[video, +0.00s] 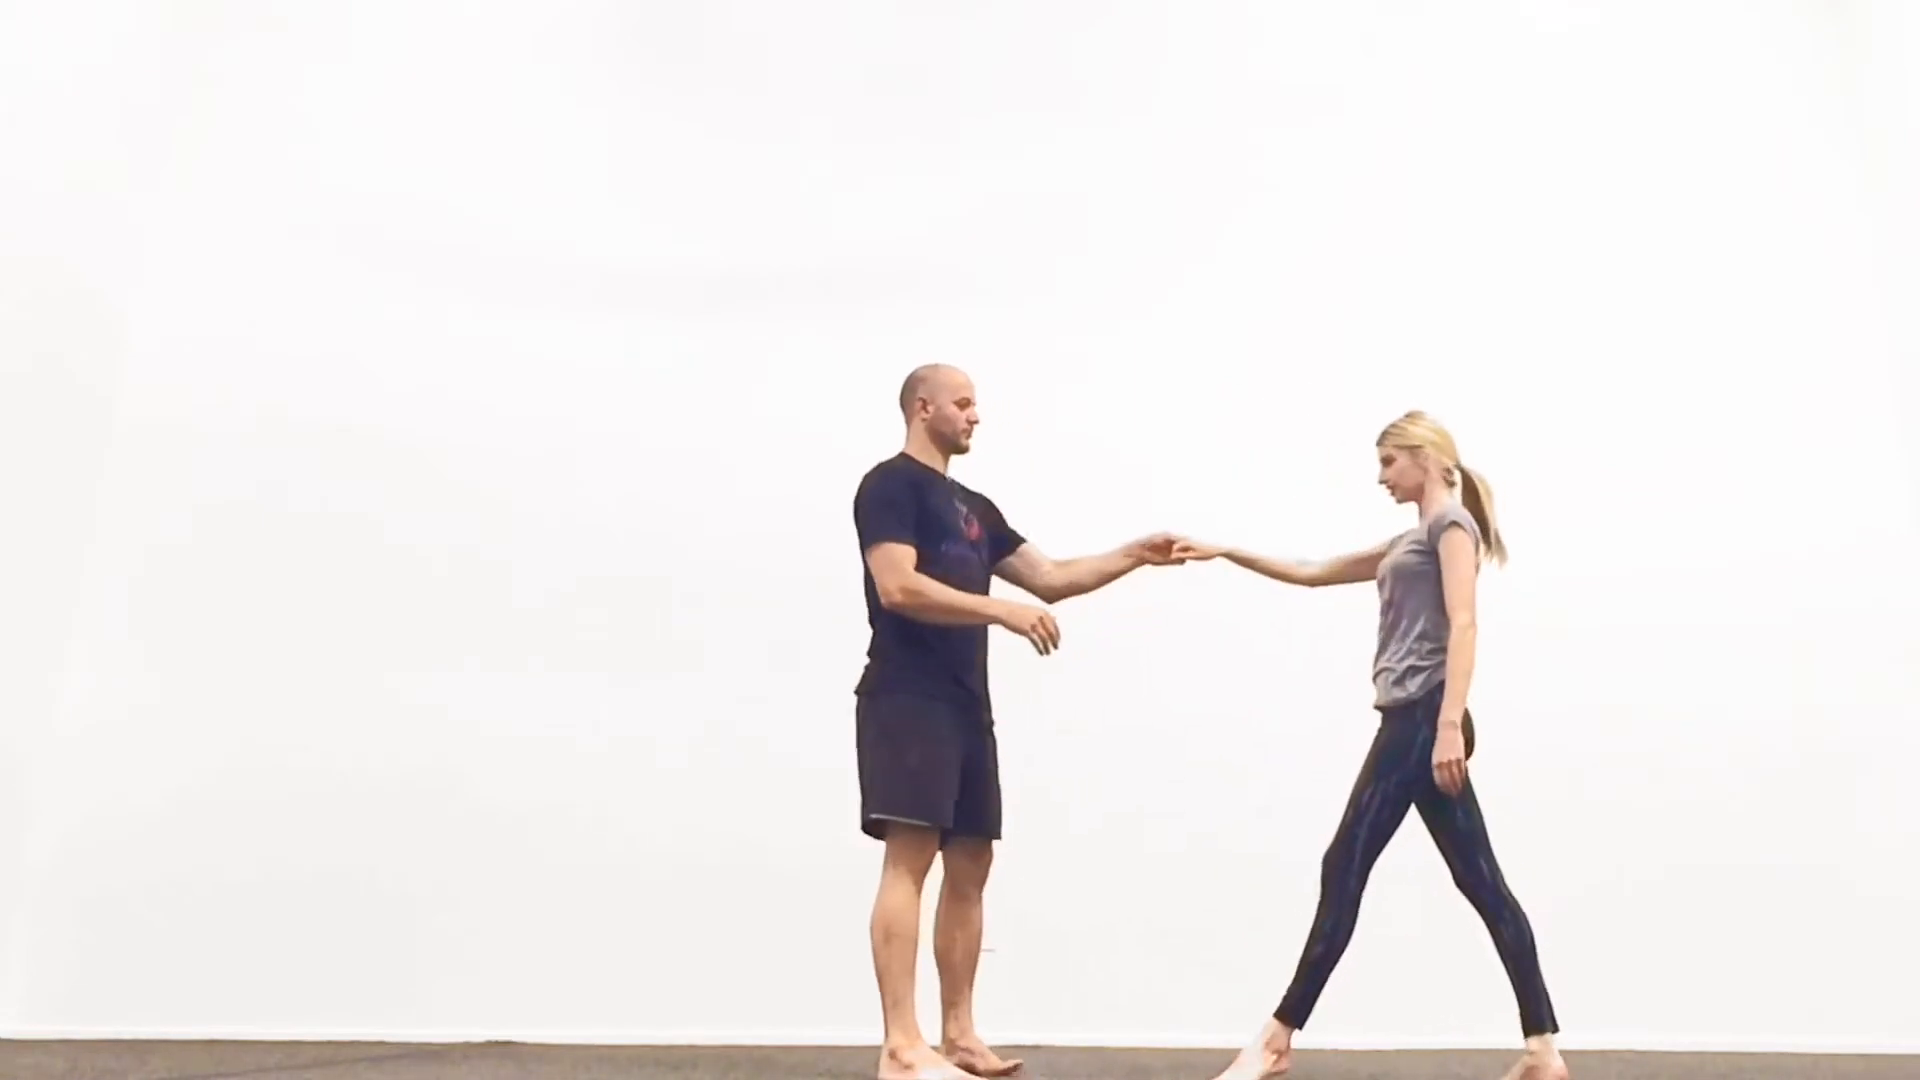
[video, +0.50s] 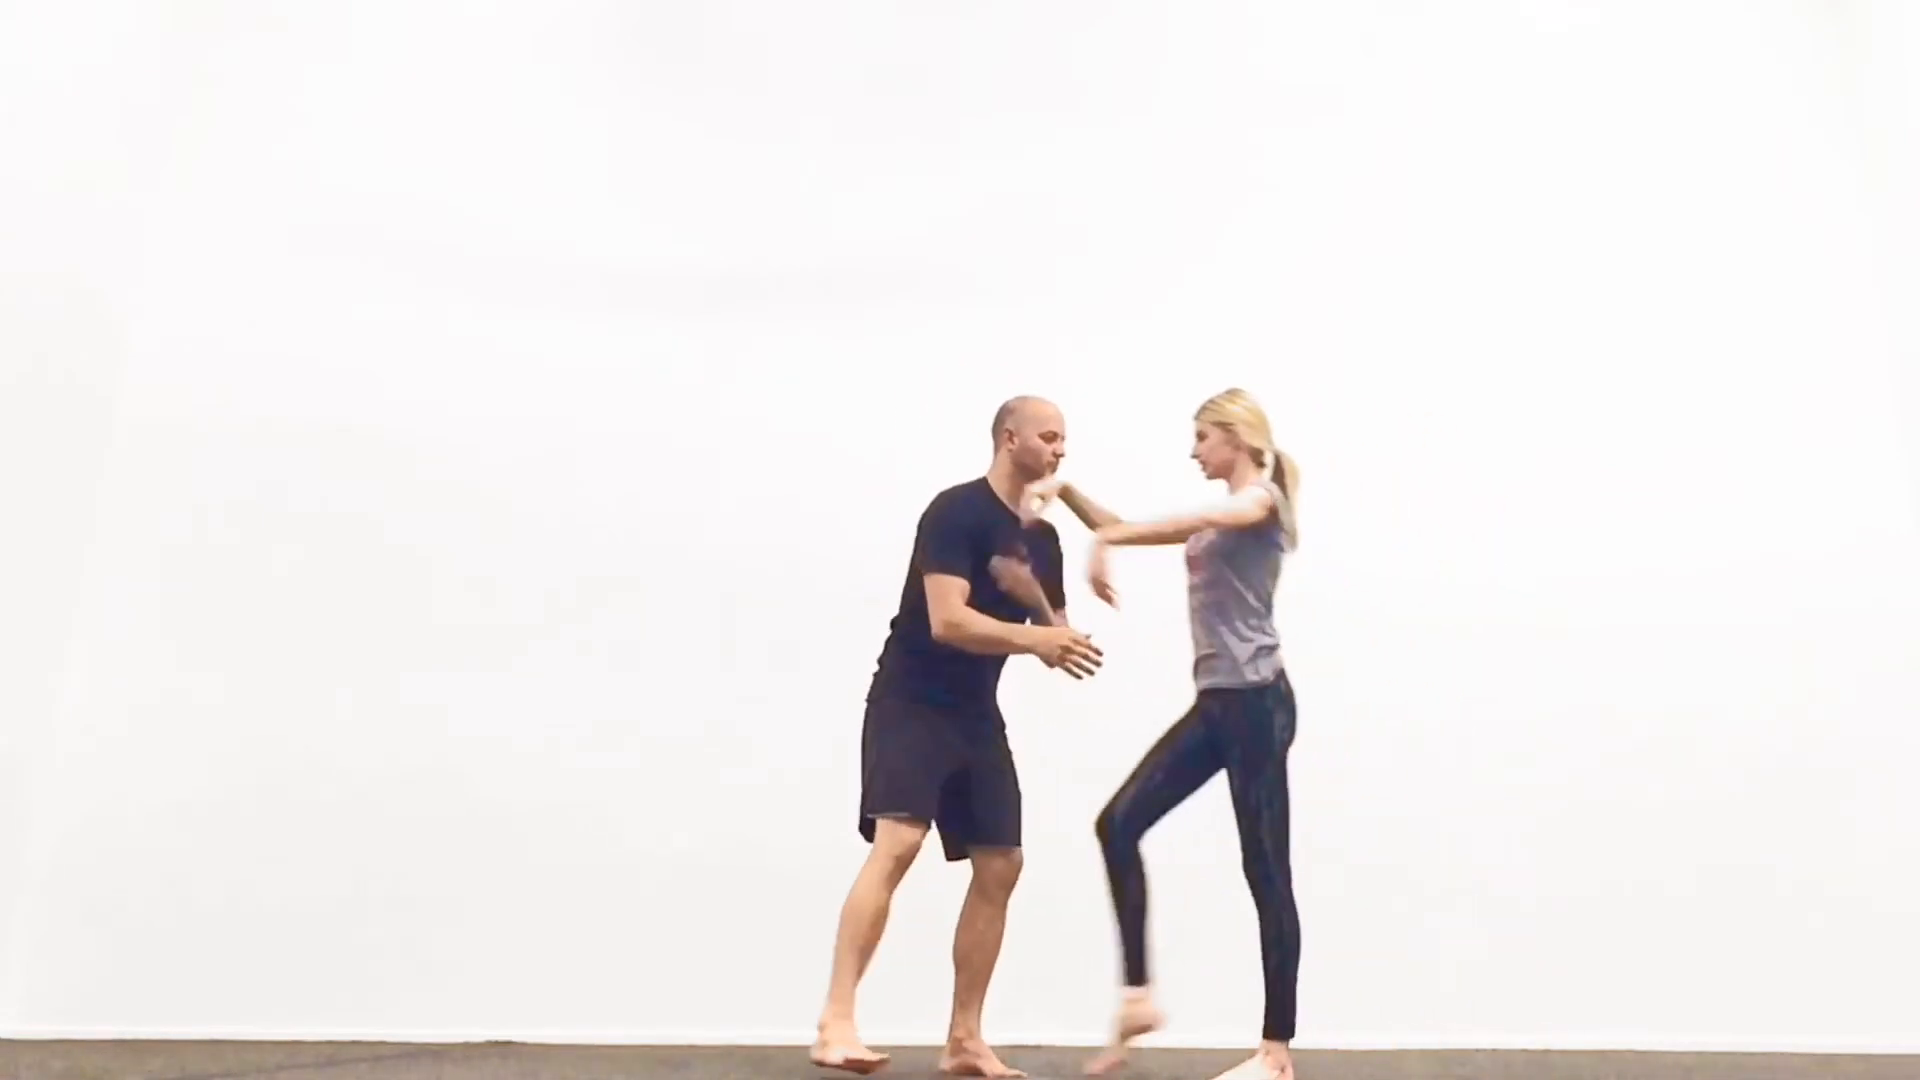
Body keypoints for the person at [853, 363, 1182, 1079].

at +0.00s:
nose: (975, 415)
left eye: (975, 404)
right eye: (963, 403)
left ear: (946, 412)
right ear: (919, 408)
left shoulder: (972, 505)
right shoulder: (889, 484)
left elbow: (1049, 578)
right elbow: (897, 588)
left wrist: (1134, 554)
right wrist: (1002, 611)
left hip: (967, 703)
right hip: (908, 698)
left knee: (971, 863)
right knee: (909, 859)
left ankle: (959, 1035)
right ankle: (900, 1046)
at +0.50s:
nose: (1060, 451)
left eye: (1063, 440)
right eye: (1049, 438)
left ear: (1053, 447)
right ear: (1008, 439)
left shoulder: (1044, 537)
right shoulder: (955, 510)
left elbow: (1052, 644)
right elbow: (947, 621)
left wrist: (1035, 604)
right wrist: (1041, 638)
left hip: (976, 708)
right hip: (911, 699)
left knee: (999, 866)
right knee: (898, 843)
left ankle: (965, 1039)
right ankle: (836, 1022)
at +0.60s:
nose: (1068, 469)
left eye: (1072, 460)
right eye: (1056, 457)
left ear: (1064, 469)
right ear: (1016, 459)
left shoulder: (1051, 559)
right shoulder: (962, 527)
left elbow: (1042, 675)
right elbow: (960, 635)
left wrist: (1016, 640)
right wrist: (1052, 636)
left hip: (970, 717)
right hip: (903, 705)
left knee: (1011, 868)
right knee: (880, 838)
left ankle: (965, 1041)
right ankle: (787, 1009)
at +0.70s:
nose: (1074, 492)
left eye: (1079, 481)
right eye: (1061, 478)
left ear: (1075, 492)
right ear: (1019, 480)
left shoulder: (1055, 583)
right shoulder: (967, 543)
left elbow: (1041, 677)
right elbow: (962, 648)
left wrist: (1044, 725)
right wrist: (1048, 640)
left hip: (963, 732)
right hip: (897, 714)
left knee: (1017, 873)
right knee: (851, 844)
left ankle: (968, 1039)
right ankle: (740, 998)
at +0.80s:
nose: (1043, 510)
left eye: (1055, 503)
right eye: (1033, 495)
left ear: (1073, 519)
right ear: (1018, 500)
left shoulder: (1052, 596)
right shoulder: (966, 561)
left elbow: (1040, 711)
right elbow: (950, 665)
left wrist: (1056, 793)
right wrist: (1034, 650)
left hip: (951, 744)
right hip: (883, 728)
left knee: (1028, 874)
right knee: (826, 845)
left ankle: (968, 1040)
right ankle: (702, 994)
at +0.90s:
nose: (1002, 528)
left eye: (1020, 523)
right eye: (1003, 520)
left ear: (1036, 533)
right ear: (993, 525)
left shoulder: (1037, 609)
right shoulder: (949, 582)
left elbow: (1040, 717)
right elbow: (926, 689)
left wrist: (1062, 819)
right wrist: (1003, 678)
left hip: (942, 759)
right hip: (870, 742)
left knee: (1026, 876)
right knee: (794, 851)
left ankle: (964, 1039)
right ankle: (670, 996)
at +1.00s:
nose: (1032, 549)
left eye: (1042, 539)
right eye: (1020, 535)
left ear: (1049, 550)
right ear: (984, 532)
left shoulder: (1034, 646)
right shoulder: (927, 599)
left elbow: (1021, 746)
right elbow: (894, 717)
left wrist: (1057, 837)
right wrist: (953, 690)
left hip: (931, 774)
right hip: (854, 759)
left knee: (1024, 878)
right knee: (766, 857)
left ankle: (962, 1045)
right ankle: (631, 1003)